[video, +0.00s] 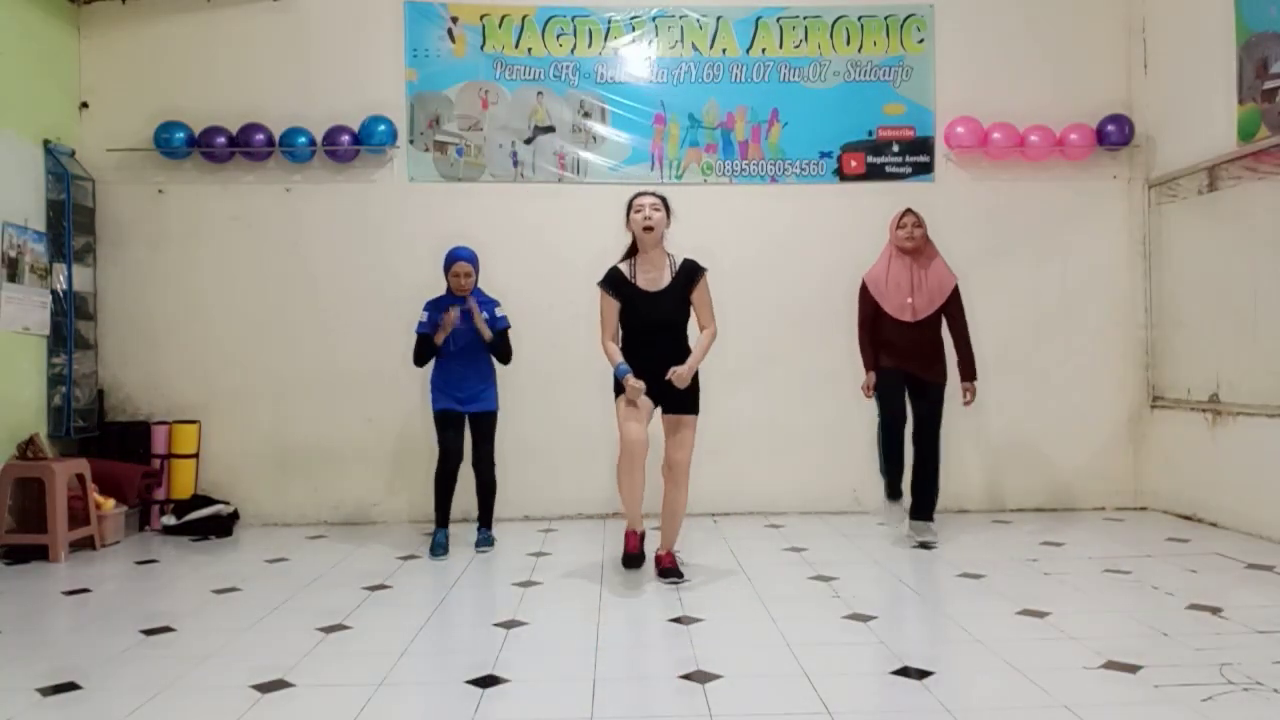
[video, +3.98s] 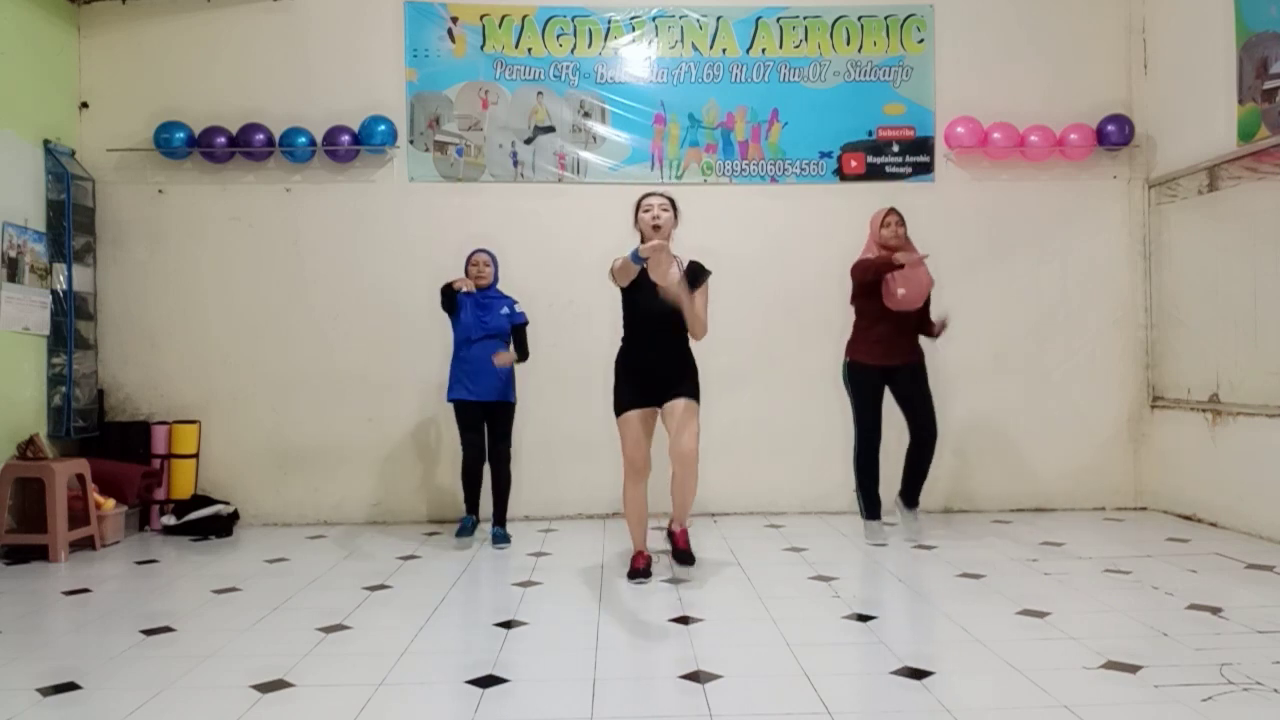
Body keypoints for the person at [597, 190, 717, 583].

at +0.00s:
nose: (647, 215)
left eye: (655, 209)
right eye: (639, 210)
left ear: (668, 221)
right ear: (629, 224)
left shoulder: (689, 272)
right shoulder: (616, 277)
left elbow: (708, 328)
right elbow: (608, 339)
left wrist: (690, 367)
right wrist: (625, 374)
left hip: (679, 373)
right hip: (634, 373)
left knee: (677, 463)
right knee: (633, 440)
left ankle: (666, 551)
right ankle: (633, 530)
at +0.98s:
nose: (655, 219)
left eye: (662, 213)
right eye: (647, 214)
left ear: (674, 225)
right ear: (637, 227)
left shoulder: (692, 273)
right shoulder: (627, 268)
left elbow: (697, 328)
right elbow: (622, 273)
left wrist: (675, 331)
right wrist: (641, 245)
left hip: (679, 371)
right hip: (636, 372)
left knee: (688, 464)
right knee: (642, 464)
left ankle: (675, 542)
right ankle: (644, 546)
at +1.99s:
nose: (657, 217)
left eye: (666, 213)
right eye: (650, 213)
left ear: (677, 227)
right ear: (639, 227)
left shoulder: (690, 268)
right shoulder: (629, 270)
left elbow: (701, 272)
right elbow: (622, 278)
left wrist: (691, 253)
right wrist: (626, 267)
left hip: (683, 374)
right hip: (637, 374)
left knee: (683, 468)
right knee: (639, 470)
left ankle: (679, 549)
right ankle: (640, 550)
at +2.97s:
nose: (657, 201)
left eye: (665, 195)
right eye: (649, 195)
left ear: (676, 206)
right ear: (639, 206)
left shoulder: (695, 252)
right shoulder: (623, 254)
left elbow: (703, 284)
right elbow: (612, 290)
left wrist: (694, 312)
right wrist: (619, 318)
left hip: (686, 351)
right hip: (641, 351)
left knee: (685, 447)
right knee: (643, 449)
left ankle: (682, 539)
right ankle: (643, 538)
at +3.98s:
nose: (656, 215)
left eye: (664, 209)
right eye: (648, 210)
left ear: (676, 222)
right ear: (636, 223)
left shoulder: (692, 271)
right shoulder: (626, 266)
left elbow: (698, 330)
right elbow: (621, 275)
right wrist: (640, 257)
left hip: (677, 368)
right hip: (633, 369)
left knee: (687, 449)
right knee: (636, 464)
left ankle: (679, 527)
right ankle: (640, 551)